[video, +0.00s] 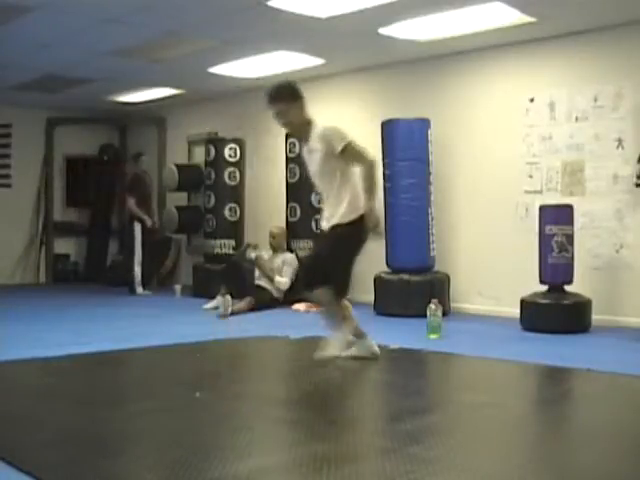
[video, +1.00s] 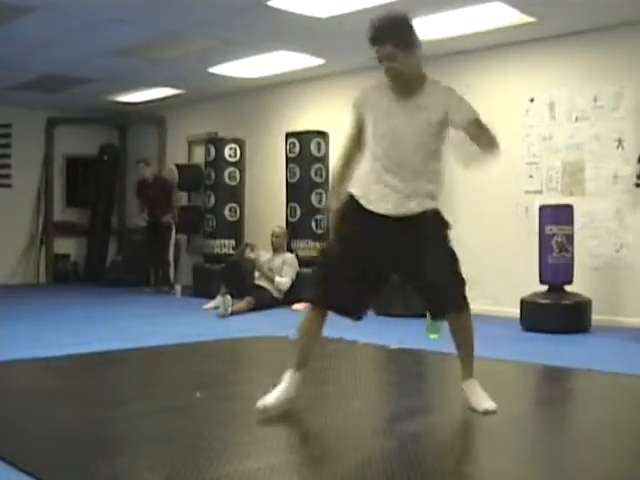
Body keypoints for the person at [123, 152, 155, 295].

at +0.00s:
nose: (145, 164)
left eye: (144, 161)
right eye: (142, 162)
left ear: (139, 163)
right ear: (137, 163)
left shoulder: (145, 178)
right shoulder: (135, 178)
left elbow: (150, 201)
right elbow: (130, 203)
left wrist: (154, 216)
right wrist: (145, 218)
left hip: (143, 220)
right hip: (135, 220)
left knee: (142, 253)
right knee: (137, 253)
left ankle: (141, 284)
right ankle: (137, 286)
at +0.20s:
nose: (149, 166)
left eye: (150, 163)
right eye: (145, 164)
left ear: (154, 164)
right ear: (141, 167)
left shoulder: (160, 182)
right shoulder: (136, 183)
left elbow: (163, 202)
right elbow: (128, 204)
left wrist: (164, 217)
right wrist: (140, 219)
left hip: (159, 225)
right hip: (144, 225)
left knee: (164, 257)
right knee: (141, 257)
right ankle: (140, 286)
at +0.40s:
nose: (153, 168)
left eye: (155, 165)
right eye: (151, 165)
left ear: (162, 166)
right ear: (149, 167)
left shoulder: (170, 184)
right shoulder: (143, 184)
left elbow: (176, 206)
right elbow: (135, 203)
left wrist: (170, 220)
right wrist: (141, 218)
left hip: (164, 225)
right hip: (147, 225)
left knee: (165, 257)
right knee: (145, 258)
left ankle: (170, 284)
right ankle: (144, 285)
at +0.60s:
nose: (154, 168)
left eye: (156, 164)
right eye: (152, 165)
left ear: (163, 165)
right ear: (149, 167)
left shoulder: (172, 183)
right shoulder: (147, 182)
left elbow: (178, 205)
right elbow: (142, 201)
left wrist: (170, 219)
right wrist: (144, 212)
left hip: (166, 221)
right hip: (151, 220)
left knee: (166, 254)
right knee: (150, 252)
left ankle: (168, 282)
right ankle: (149, 281)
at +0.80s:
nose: (148, 169)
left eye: (151, 165)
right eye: (146, 166)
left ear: (158, 167)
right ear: (145, 168)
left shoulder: (168, 183)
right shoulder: (145, 184)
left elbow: (179, 203)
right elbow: (145, 201)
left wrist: (171, 218)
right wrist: (144, 212)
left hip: (166, 222)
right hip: (152, 221)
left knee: (165, 255)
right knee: (151, 253)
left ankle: (168, 284)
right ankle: (152, 282)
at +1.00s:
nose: (142, 172)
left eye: (145, 168)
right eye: (141, 169)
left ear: (152, 168)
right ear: (140, 171)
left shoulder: (166, 183)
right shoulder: (143, 185)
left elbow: (174, 202)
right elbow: (141, 202)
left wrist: (171, 215)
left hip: (166, 222)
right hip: (151, 222)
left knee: (165, 255)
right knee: (151, 254)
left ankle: (168, 284)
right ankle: (152, 283)